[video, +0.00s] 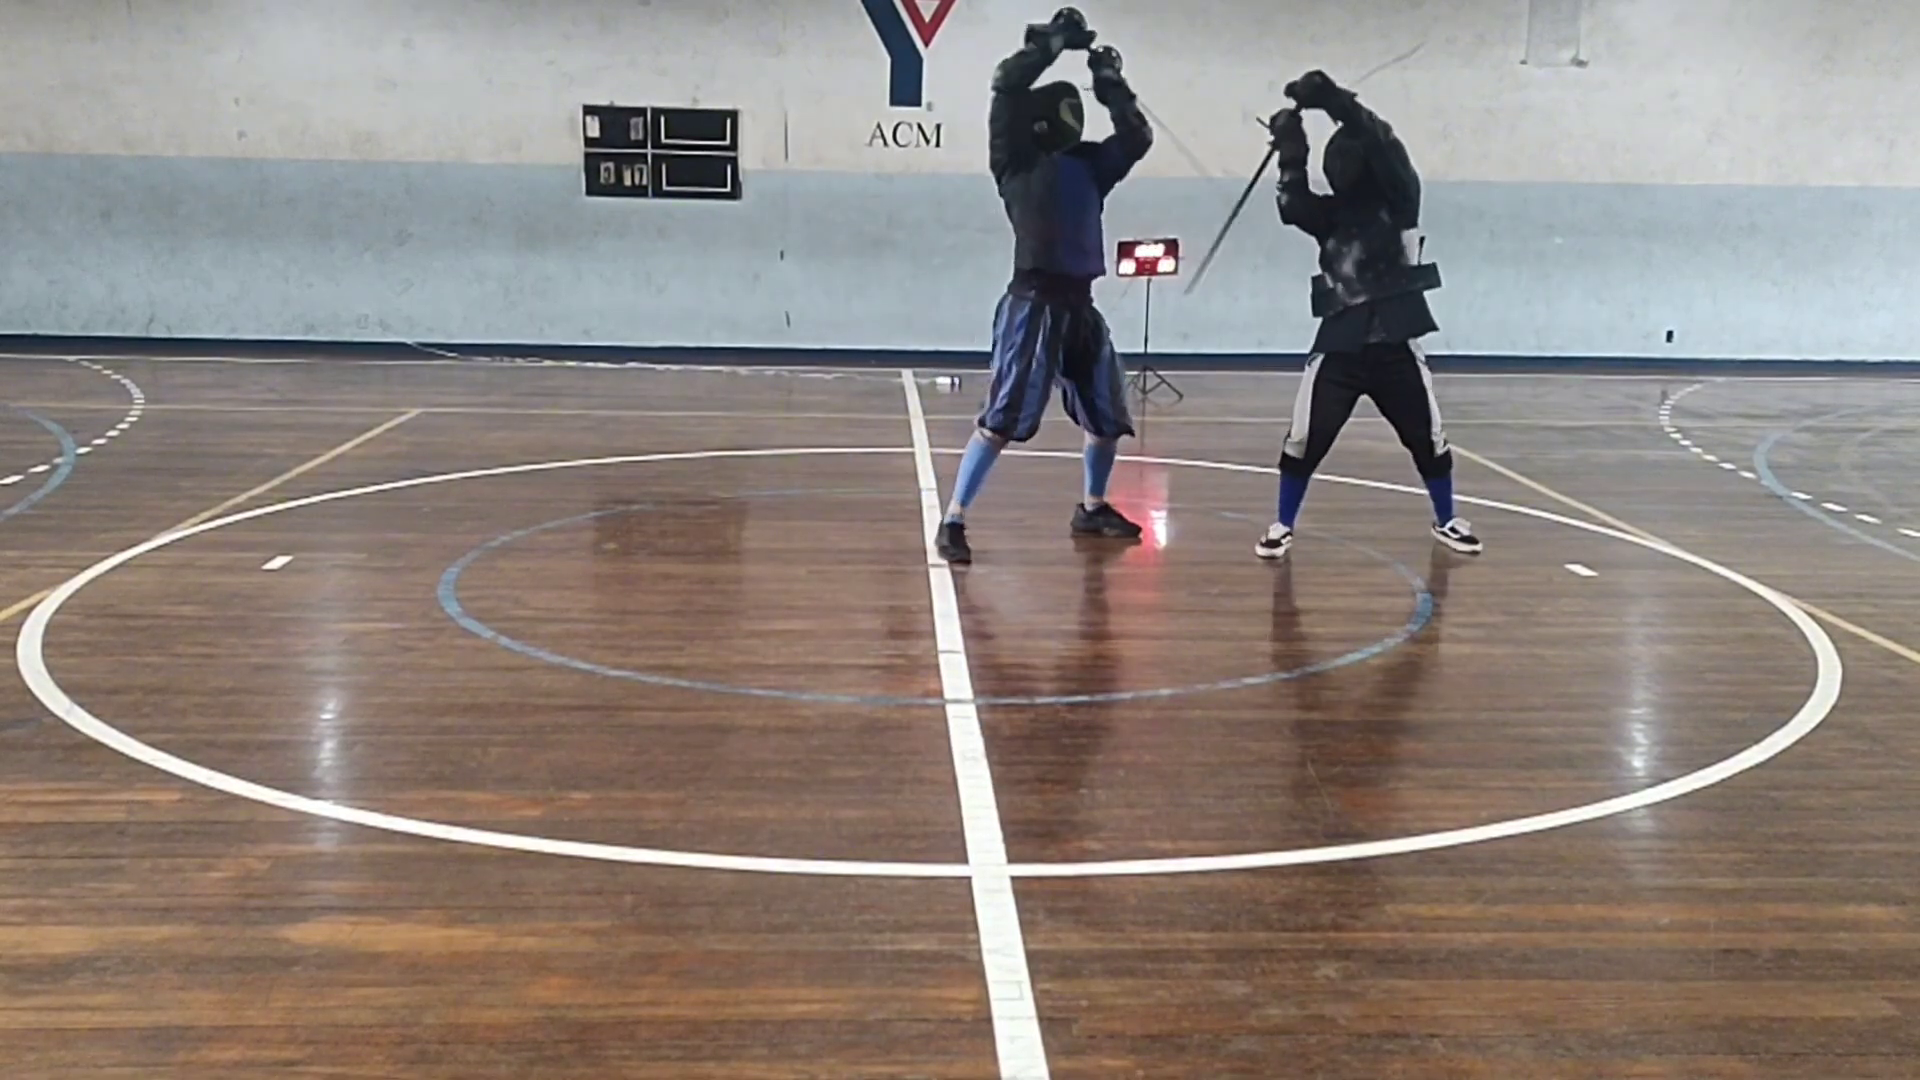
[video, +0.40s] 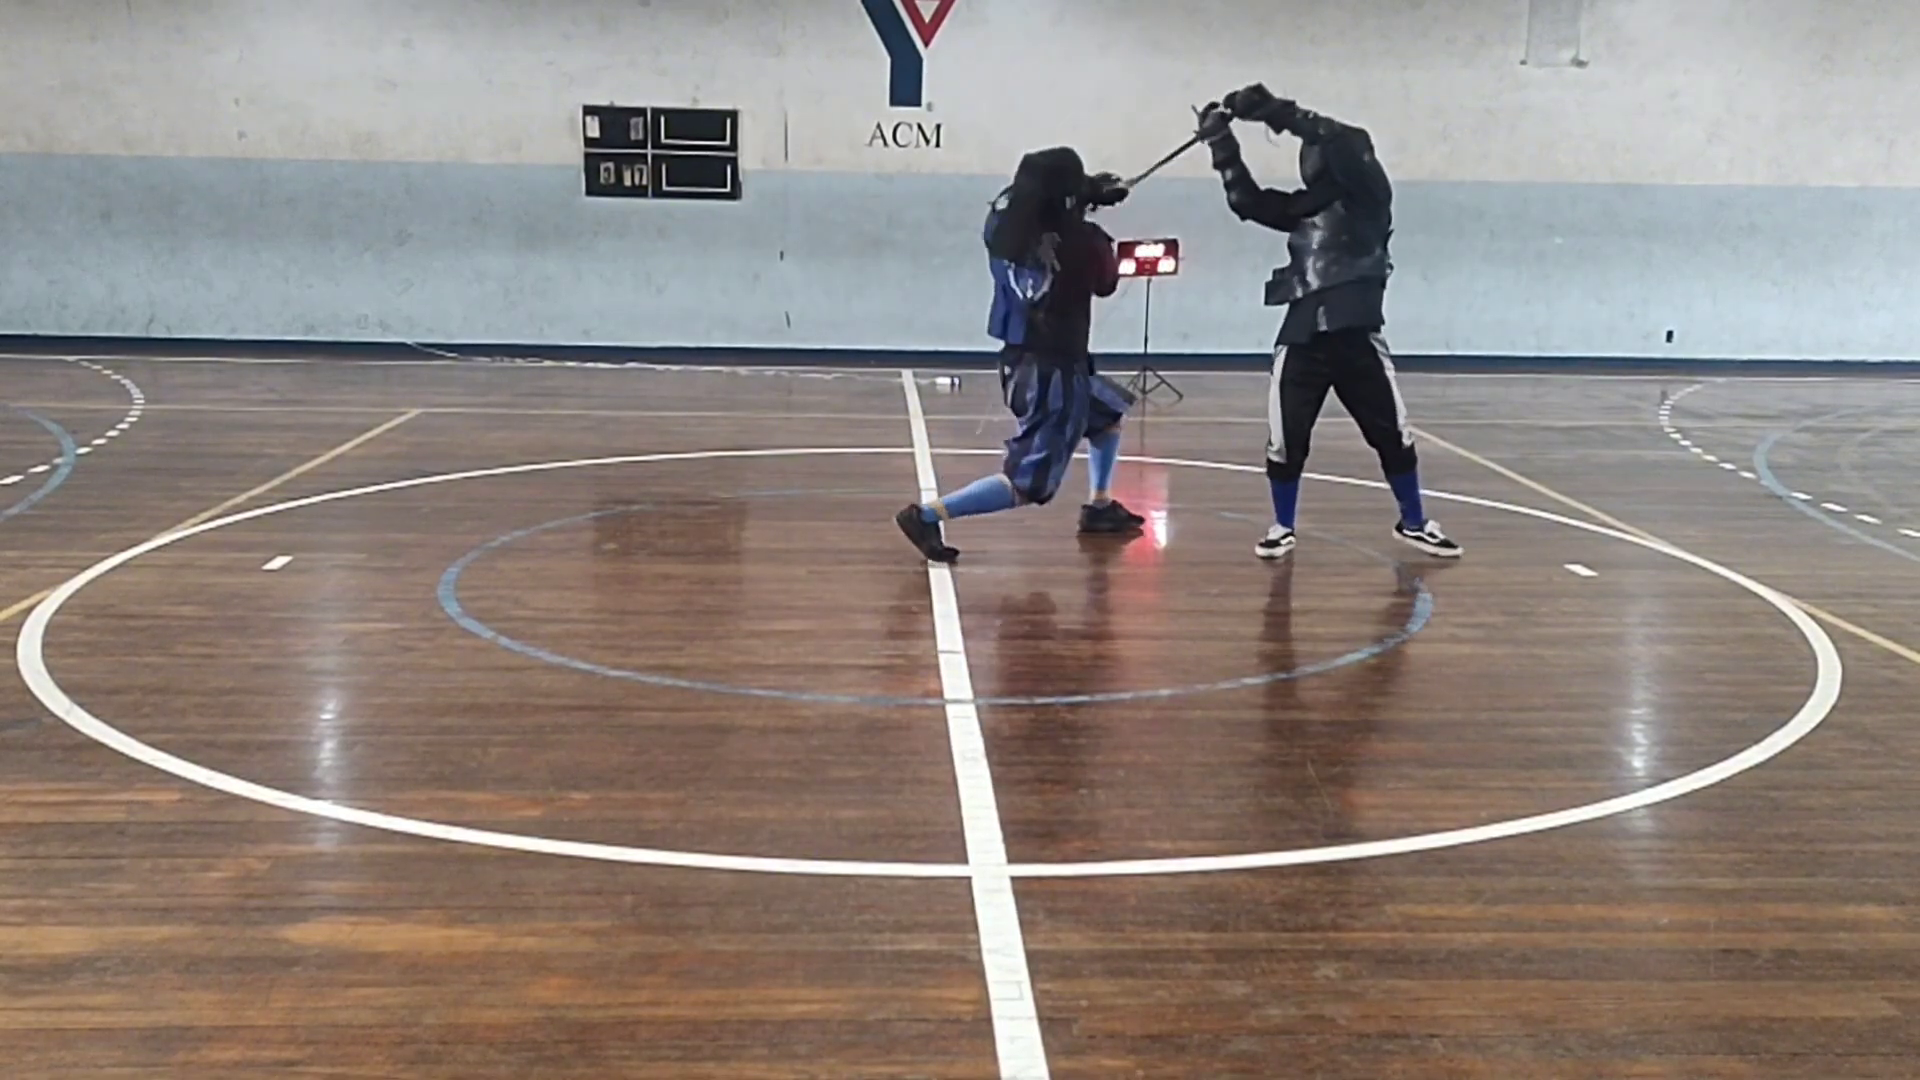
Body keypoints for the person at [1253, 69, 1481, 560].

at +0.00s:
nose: (1337, 171)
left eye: (1344, 163)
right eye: (1335, 164)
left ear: (1366, 164)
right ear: (1332, 167)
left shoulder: (1399, 202)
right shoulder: (1329, 213)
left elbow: (1382, 144)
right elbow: (1293, 204)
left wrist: (1332, 99)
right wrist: (1292, 149)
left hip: (1395, 347)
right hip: (1337, 348)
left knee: (1429, 440)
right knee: (1304, 440)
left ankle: (1446, 522)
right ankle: (1283, 524)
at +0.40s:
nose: (1306, 161)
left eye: (1315, 154)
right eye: (1306, 156)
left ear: (1341, 154)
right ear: (1308, 161)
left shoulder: (1370, 193)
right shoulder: (1300, 209)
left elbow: (1338, 140)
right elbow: (1246, 199)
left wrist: (1272, 110)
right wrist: (1220, 142)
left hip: (1357, 337)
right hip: (1301, 340)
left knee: (1392, 435)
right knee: (1285, 440)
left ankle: (1414, 522)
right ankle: (1282, 525)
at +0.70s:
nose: (1310, 153)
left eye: (1319, 145)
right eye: (1313, 144)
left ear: (1346, 153)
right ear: (1342, 152)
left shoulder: (1359, 196)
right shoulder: (1324, 192)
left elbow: (1291, 225)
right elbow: (1268, 210)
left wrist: (1226, 234)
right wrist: (1202, 198)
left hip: (1347, 333)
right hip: (1309, 328)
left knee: (1357, 441)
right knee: (1271, 432)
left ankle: (1414, 517)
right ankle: (1278, 526)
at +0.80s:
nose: (1306, 164)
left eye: (1315, 158)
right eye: (1308, 156)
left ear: (1343, 165)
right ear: (1338, 165)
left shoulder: (1355, 206)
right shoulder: (1323, 200)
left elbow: (1293, 243)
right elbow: (1269, 215)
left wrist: (1234, 244)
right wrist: (1202, 212)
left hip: (1350, 338)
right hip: (1319, 333)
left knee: (1356, 447)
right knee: (1272, 427)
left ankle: (1418, 520)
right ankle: (1274, 527)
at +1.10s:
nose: (1328, 174)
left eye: (1336, 166)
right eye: (1330, 165)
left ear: (1366, 172)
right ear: (1354, 171)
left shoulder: (1382, 214)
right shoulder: (1339, 204)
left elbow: (1318, 245)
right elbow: (1286, 217)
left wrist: (1252, 247)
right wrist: (1225, 209)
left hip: (1368, 340)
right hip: (1329, 334)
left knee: (1371, 447)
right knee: (1279, 420)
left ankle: (1417, 526)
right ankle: (1267, 517)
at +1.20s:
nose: (1327, 174)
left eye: (1337, 167)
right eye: (1328, 165)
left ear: (1367, 173)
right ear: (1333, 168)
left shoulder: (1387, 212)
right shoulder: (1327, 209)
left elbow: (1337, 231)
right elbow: (1265, 227)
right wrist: (1237, 196)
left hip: (1364, 346)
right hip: (1316, 343)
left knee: (1379, 446)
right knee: (1270, 427)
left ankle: (1417, 527)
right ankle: (1269, 520)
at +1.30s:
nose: (1322, 188)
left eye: (1331, 181)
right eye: (1319, 181)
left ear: (1359, 179)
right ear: (1317, 179)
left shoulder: (1382, 214)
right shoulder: (1306, 211)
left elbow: (1336, 212)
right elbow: (1248, 221)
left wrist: (1275, 193)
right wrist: (1246, 170)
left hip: (1364, 358)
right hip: (1306, 357)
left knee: (1397, 444)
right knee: (1254, 427)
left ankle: (1422, 526)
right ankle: (1263, 510)